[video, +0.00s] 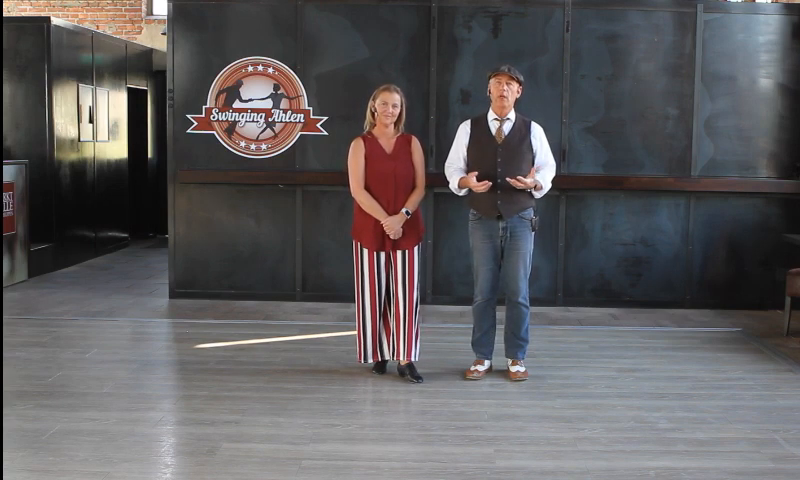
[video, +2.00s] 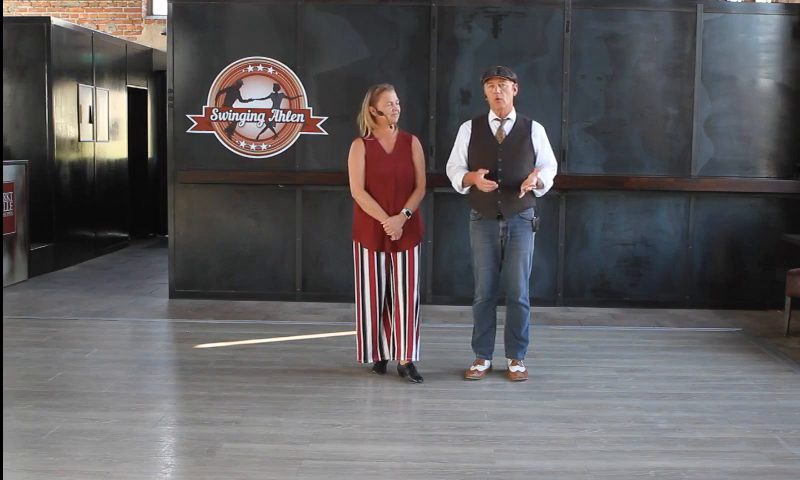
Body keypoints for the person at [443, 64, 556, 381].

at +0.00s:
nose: (504, 90)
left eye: (510, 85)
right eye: (499, 84)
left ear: (518, 92)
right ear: (489, 89)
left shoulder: (532, 130)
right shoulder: (468, 129)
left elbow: (548, 169)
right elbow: (452, 170)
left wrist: (533, 181)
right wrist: (466, 181)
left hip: (520, 219)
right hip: (481, 220)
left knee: (517, 292)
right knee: (483, 292)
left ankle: (516, 359)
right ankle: (482, 358)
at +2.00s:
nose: (497, 92)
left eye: (502, 86)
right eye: (491, 87)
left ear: (514, 90)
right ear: (485, 93)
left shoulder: (533, 129)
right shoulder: (469, 129)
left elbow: (549, 166)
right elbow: (453, 170)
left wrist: (537, 177)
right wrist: (471, 178)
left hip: (521, 219)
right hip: (482, 219)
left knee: (517, 292)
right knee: (484, 291)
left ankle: (516, 359)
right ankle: (482, 358)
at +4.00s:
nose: (502, 90)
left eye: (507, 85)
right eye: (496, 85)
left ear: (517, 90)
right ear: (489, 91)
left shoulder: (534, 130)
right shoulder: (470, 128)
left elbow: (550, 171)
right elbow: (454, 169)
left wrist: (523, 176)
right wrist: (480, 175)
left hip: (521, 220)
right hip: (483, 220)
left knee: (518, 292)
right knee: (484, 292)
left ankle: (516, 359)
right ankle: (482, 358)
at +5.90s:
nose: (503, 92)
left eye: (509, 87)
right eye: (498, 87)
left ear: (517, 91)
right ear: (489, 91)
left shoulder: (534, 130)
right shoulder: (470, 128)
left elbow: (550, 169)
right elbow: (453, 166)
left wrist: (537, 178)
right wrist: (464, 180)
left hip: (521, 219)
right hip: (482, 219)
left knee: (517, 292)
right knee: (484, 292)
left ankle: (516, 359)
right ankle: (482, 358)